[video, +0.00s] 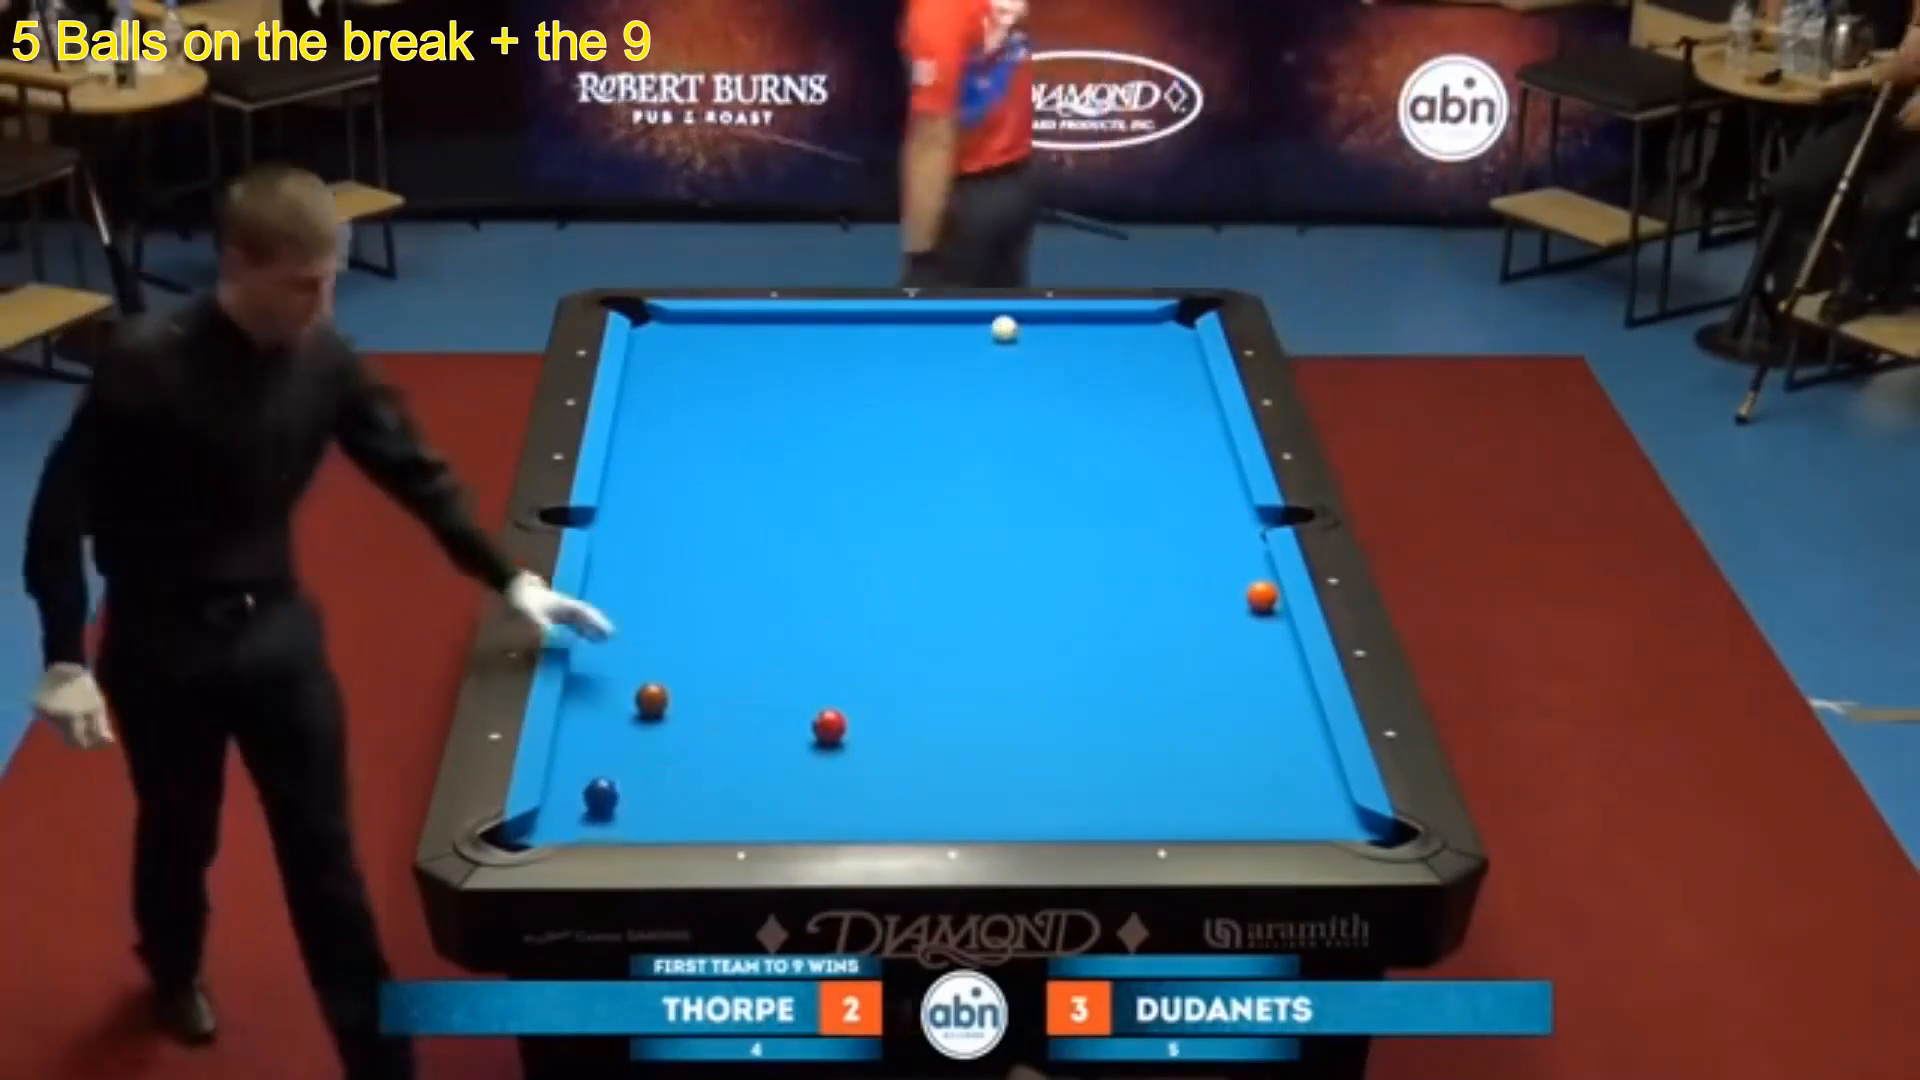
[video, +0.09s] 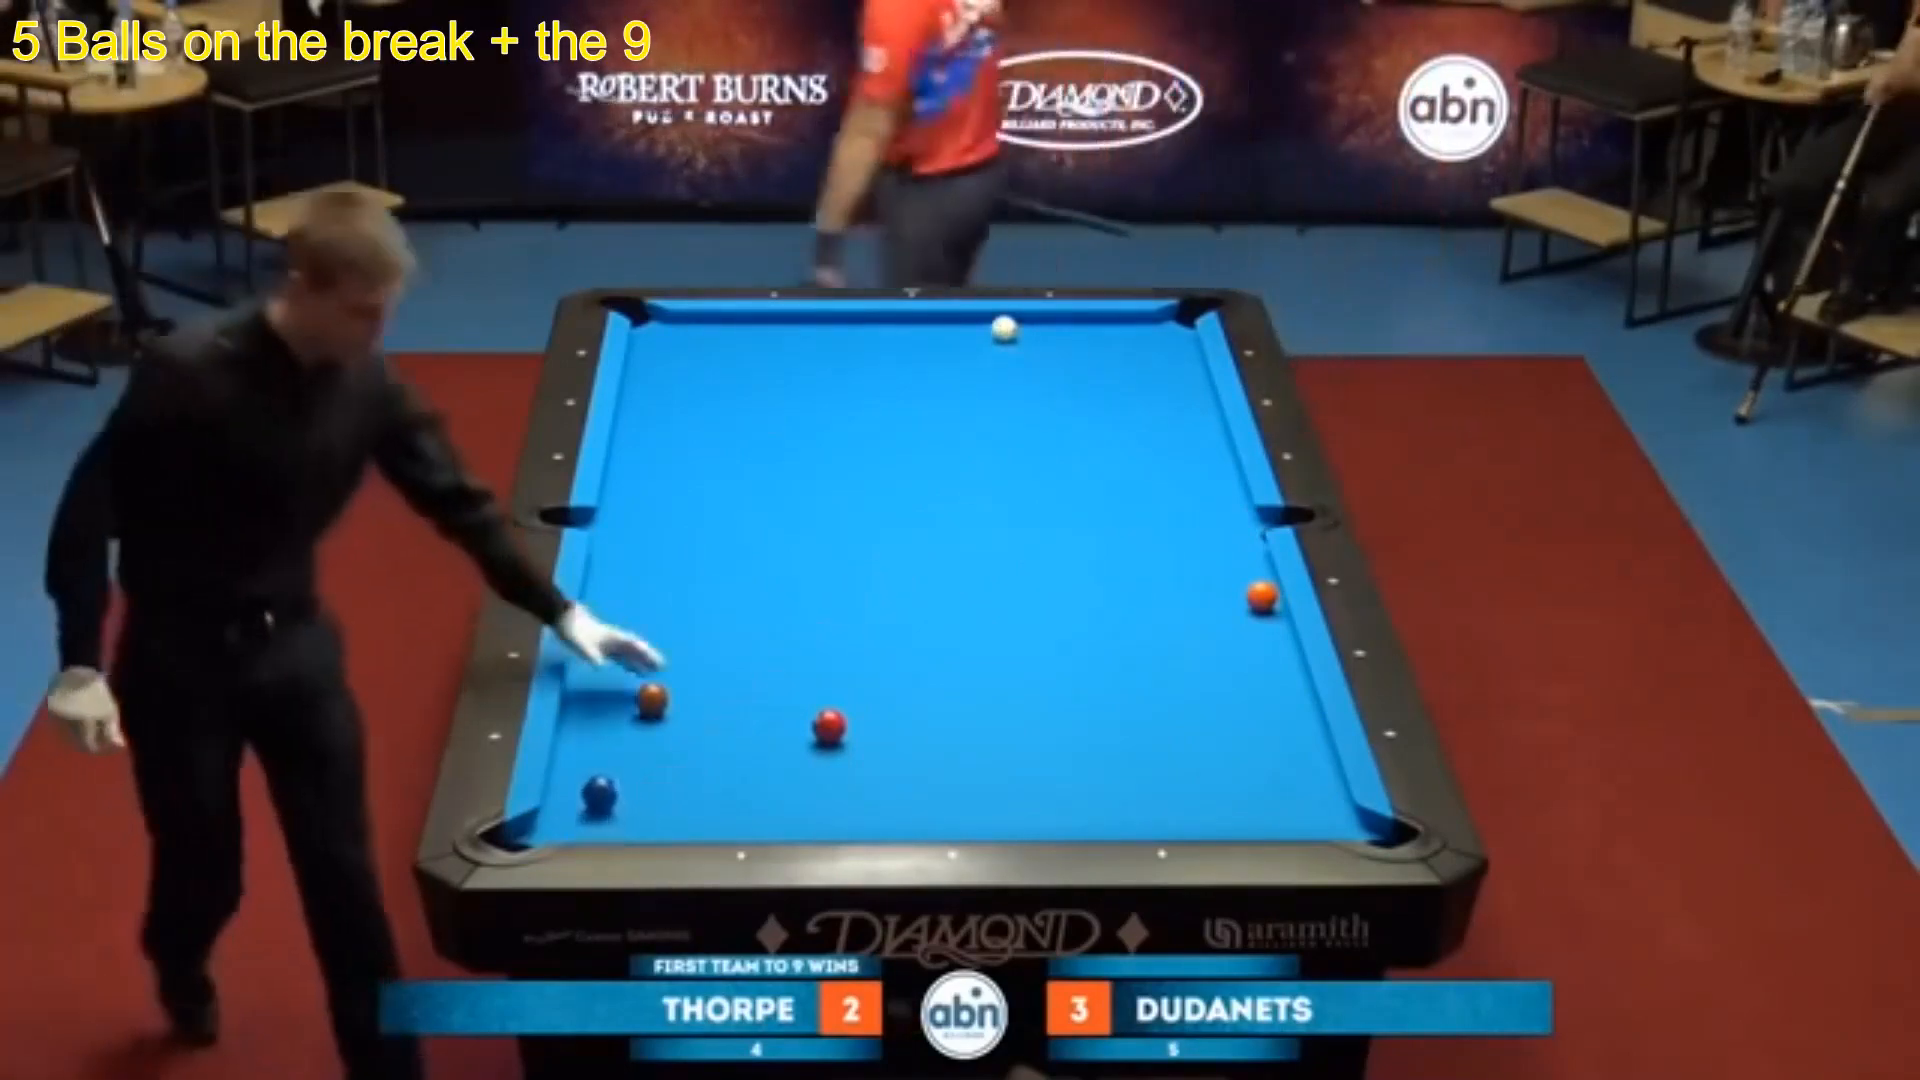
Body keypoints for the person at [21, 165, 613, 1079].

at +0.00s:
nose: (322, 304)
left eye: (328, 282)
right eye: (303, 285)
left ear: (331, 266)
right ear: (238, 270)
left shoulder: (324, 362)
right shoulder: (144, 366)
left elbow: (414, 471)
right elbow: (57, 512)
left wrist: (510, 578)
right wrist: (64, 658)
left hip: (272, 626)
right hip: (159, 640)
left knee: (325, 861)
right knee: (177, 836)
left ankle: (378, 1058)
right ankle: (176, 979)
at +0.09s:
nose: (376, 333)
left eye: (385, 314)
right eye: (363, 313)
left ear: (389, 300)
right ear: (301, 287)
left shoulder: (367, 389)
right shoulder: (184, 375)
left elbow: (460, 503)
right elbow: (86, 511)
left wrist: (568, 615)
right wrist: (79, 664)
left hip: (289, 640)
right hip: (174, 653)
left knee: (344, 881)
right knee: (203, 872)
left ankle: (383, 1061)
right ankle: (179, 970)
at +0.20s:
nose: (444, 365)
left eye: (452, 349)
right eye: (437, 346)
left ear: (400, 323)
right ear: (377, 314)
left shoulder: (412, 416)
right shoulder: (229, 391)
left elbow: (495, 536)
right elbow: (110, 516)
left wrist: (596, 659)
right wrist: (84, 662)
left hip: (311, 661)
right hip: (195, 674)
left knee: (361, 908)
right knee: (231, 922)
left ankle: (387, 1066)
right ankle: (214, 1060)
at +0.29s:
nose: (472, 381)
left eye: (481, 362)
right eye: (464, 360)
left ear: (418, 329)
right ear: (403, 325)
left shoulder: (436, 428)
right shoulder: (250, 398)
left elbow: (501, 558)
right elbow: (121, 515)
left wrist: (591, 678)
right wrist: (86, 660)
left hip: (327, 673)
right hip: (208, 683)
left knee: (371, 928)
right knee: (242, 941)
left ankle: (391, 1073)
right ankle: (231, 1079)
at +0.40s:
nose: (504, 407)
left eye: (514, 390)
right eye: (498, 388)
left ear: (448, 357)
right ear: (439, 353)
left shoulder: (456, 458)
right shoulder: (280, 424)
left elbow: (484, 599)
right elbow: (143, 539)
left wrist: (568, 702)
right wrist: (90, 677)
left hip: (350, 705)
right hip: (232, 715)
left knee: (379, 957)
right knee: (259, 980)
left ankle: (391, 1077)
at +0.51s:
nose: (517, 435)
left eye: (526, 416)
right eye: (511, 413)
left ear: (457, 378)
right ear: (454, 379)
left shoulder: (459, 479)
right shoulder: (291, 452)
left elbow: (459, 617)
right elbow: (152, 571)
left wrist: (551, 717)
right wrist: (97, 712)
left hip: (359, 740)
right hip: (242, 753)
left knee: (383, 994)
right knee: (264, 1012)